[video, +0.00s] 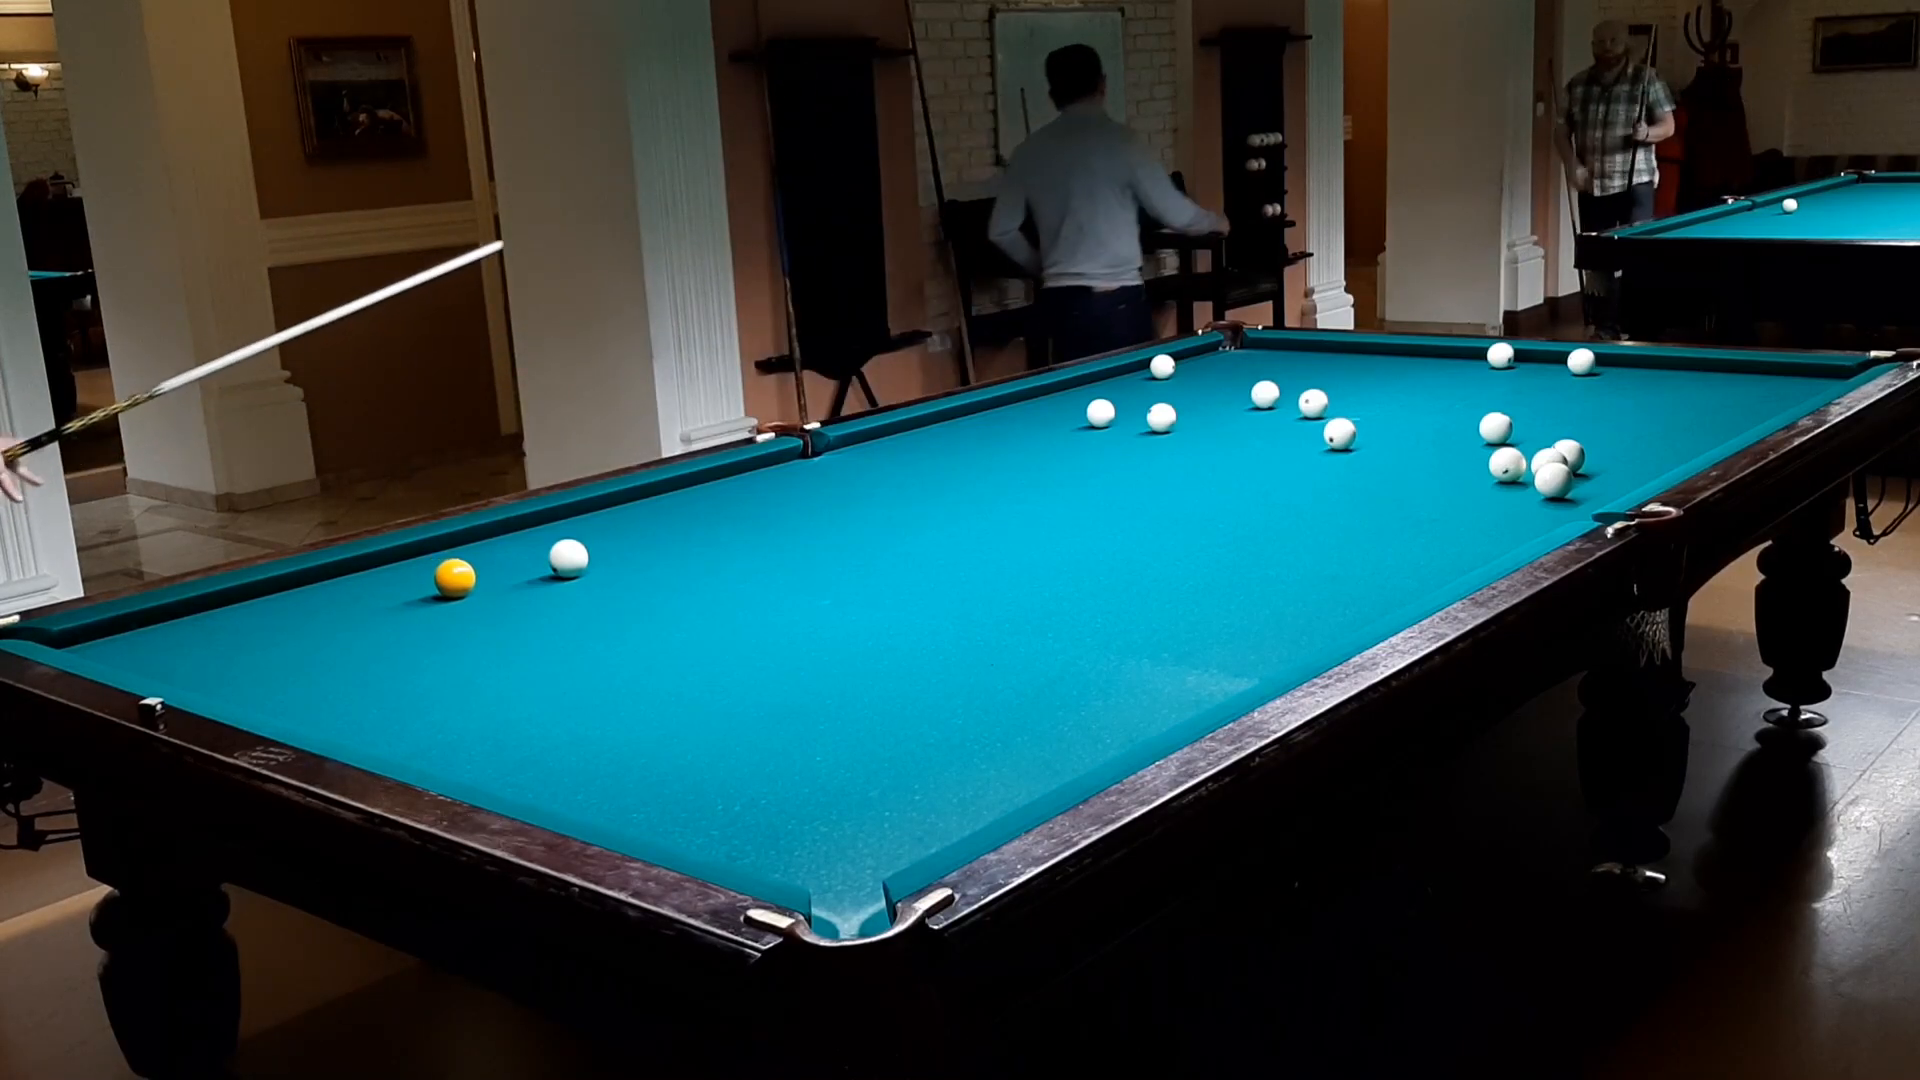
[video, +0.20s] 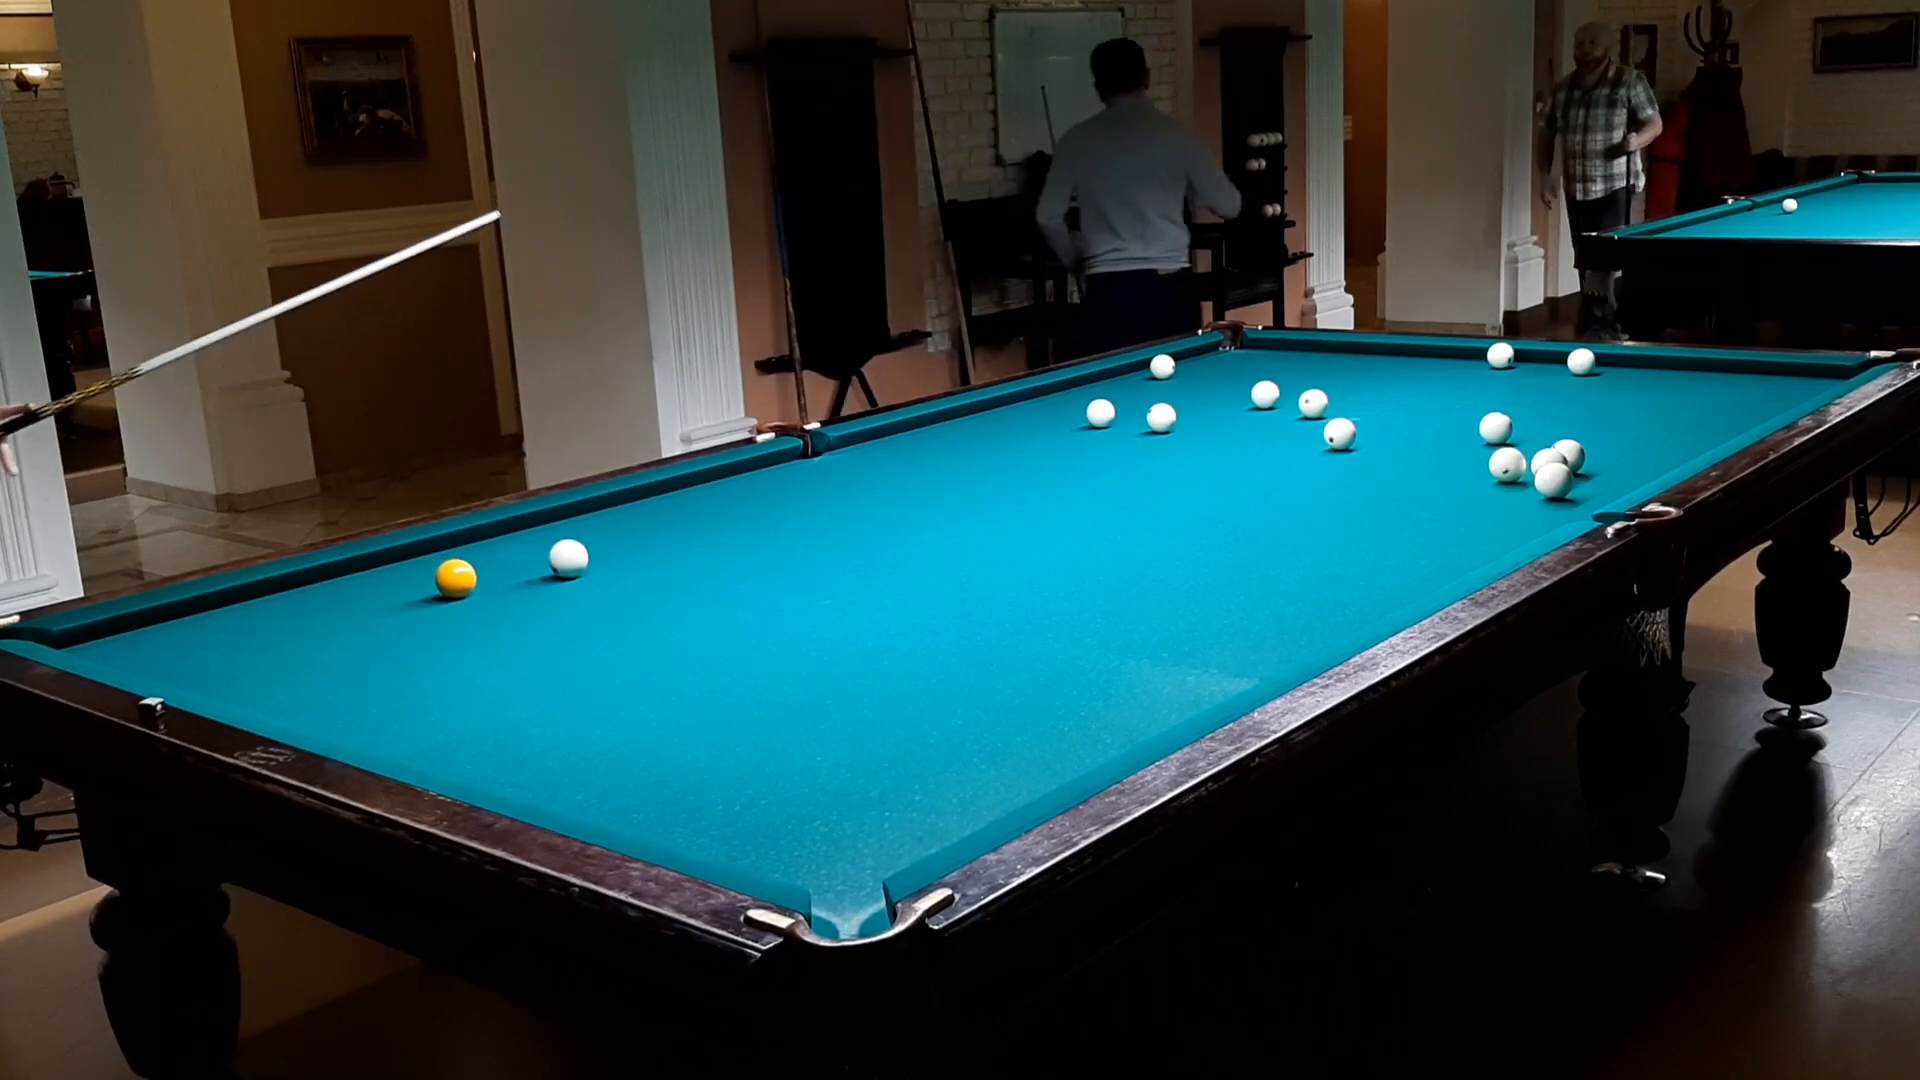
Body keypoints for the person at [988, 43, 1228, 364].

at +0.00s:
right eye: (1102, 80)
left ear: (1052, 95)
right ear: (1102, 85)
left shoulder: (1030, 151)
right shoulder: (1121, 140)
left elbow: (1001, 230)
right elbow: (1172, 212)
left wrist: (1042, 267)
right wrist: (1215, 221)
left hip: (1060, 302)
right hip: (1121, 301)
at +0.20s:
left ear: (1098, 88)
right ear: (1146, 78)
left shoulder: (1077, 140)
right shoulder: (1175, 134)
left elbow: (1049, 215)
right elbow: (1229, 205)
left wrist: (1077, 264)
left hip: (1105, 286)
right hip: (1171, 284)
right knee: (1175, 394)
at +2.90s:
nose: (1125, 101)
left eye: (1124, 91)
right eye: (1122, 93)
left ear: (1135, 86)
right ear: (1162, 75)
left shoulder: (1156, 120)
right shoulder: (1204, 110)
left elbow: (1170, 185)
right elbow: (1209, 177)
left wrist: (1140, 242)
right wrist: (1145, 182)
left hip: (1182, 252)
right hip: (1222, 242)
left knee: (1181, 346)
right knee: (1221, 339)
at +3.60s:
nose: (1124, 105)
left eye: (1122, 95)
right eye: (1120, 96)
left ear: (1132, 88)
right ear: (1160, 77)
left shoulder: (1152, 120)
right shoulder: (1203, 111)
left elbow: (1167, 182)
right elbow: (1205, 176)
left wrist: (1137, 243)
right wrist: (1143, 186)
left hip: (1181, 253)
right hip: (1221, 243)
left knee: (1182, 346)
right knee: (1220, 340)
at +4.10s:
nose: (1124, 103)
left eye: (1122, 93)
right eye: (1120, 94)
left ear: (1134, 87)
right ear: (1160, 76)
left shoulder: (1154, 120)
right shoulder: (1203, 111)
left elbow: (1167, 182)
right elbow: (1205, 174)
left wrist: (1137, 243)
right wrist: (1142, 182)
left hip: (1181, 253)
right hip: (1221, 243)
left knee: (1182, 347)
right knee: (1221, 340)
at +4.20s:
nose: (1124, 104)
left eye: (1122, 94)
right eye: (1120, 96)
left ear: (1133, 87)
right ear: (1159, 76)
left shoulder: (1153, 120)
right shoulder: (1202, 110)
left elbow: (1167, 183)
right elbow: (1207, 174)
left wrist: (1136, 243)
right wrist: (1142, 182)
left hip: (1181, 253)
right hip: (1222, 244)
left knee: (1182, 348)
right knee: (1221, 341)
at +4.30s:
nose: (1123, 105)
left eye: (1121, 96)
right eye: (1119, 97)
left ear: (1131, 88)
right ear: (1158, 77)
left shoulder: (1152, 121)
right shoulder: (1202, 110)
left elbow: (1166, 184)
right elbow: (1207, 173)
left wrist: (1136, 244)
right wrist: (1143, 182)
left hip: (1181, 253)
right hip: (1222, 243)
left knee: (1182, 347)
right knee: (1221, 340)